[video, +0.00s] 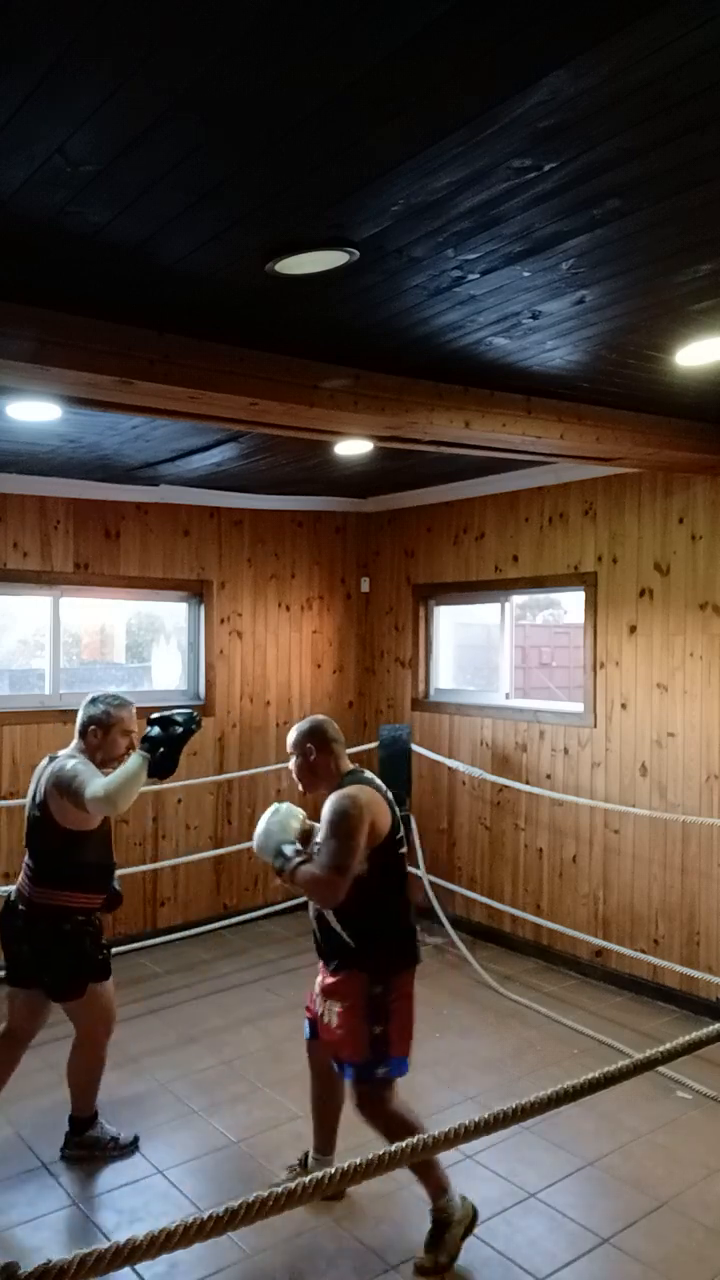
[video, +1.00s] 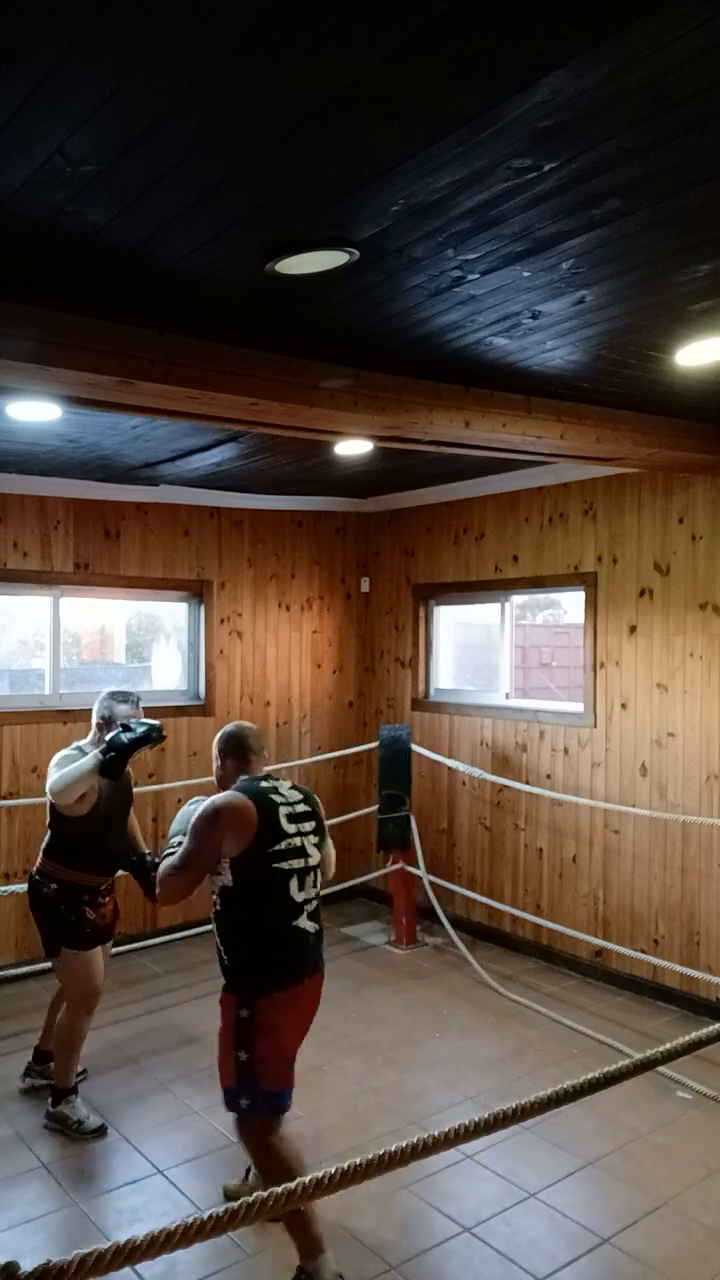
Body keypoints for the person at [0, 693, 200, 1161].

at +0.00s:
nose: (130, 747)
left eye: (133, 737)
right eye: (124, 736)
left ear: (90, 736)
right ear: (94, 733)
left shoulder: (58, 764)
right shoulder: (73, 768)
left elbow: (127, 787)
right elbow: (105, 799)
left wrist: (155, 760)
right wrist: (149, 751)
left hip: (32, 919)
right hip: (64, 926)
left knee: (19, 1028)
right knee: (97, 1023)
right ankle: (82, 1131)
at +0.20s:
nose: (149, 751)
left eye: (151, 741)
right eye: (144, 741)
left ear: (113, 737)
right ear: (113, 736)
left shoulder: (92, 760)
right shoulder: (86, 768)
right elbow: (109, 801)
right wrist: (156, 755)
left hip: (54, 904)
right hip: (70, 914)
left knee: (64, 993)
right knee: (103, 1017)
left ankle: (2, 1072)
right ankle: (83, 1130)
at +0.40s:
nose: (148, 752)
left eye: (150, 745)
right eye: (148, 743)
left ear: (107, 723)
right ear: (130, 735)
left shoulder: (106, 767)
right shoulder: (83, 766)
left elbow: (105, 840)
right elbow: (89, 792)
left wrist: (127, 874)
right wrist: (114, 736)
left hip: (70, 902)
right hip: (75, 911)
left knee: (67, 986)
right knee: (107, 1014)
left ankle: (48, 1060)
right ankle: (84, 1129)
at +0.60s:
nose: (118, 739)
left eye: (121, 731)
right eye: (112, 731)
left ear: (117, 732)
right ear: (92, 728)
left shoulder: (111, 772)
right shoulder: (62, 772)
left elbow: (125, 814)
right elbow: (30, 793)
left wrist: (145, 859)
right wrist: (69, 751)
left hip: (95, 897)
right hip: (62, 899)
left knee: (69, 991)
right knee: (98, 1005)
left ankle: (39, 1068)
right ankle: (82, 1122)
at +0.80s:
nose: (112, 734)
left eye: (119, 725)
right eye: (104, 722)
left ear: (126, 727)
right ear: (89, 720)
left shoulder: (115, 769)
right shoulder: (64, 760)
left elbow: (127, 807)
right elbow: (41, 784)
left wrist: (154, 846)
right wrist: (87, 743)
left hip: (94, 889)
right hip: (57, 890)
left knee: (64, 984)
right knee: (89, 989)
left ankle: (39, 1067)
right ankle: (63, 1099)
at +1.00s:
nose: (126, 737)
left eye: (133, 730)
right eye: (119, 728)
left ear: (138, 731)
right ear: (99, 723)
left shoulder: (122, 771)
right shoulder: (71, 758)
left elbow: (125, 819)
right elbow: (57, 794)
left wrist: (144, 862)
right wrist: (108, 755)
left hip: (98, 887)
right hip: (60, 889)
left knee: (79, 982)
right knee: (87, 992)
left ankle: (44, 1063)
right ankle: (62, 1100)